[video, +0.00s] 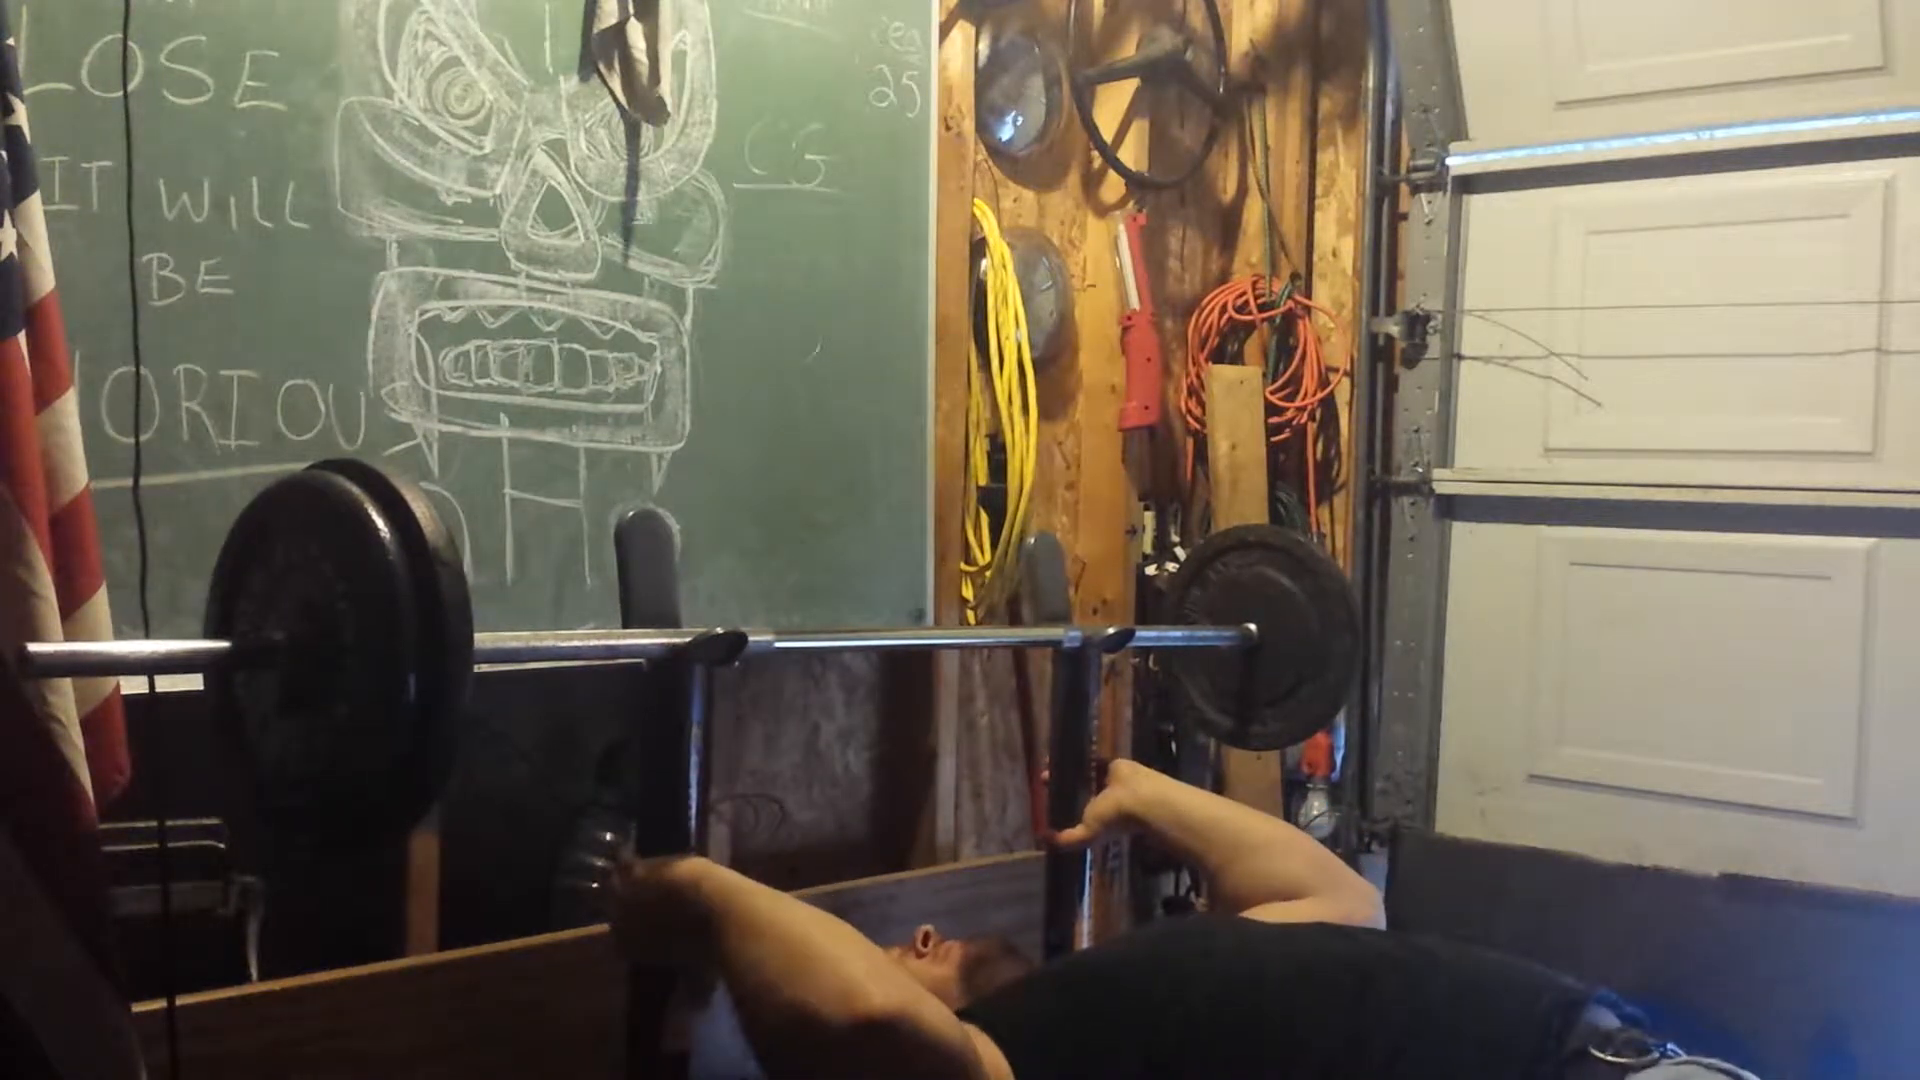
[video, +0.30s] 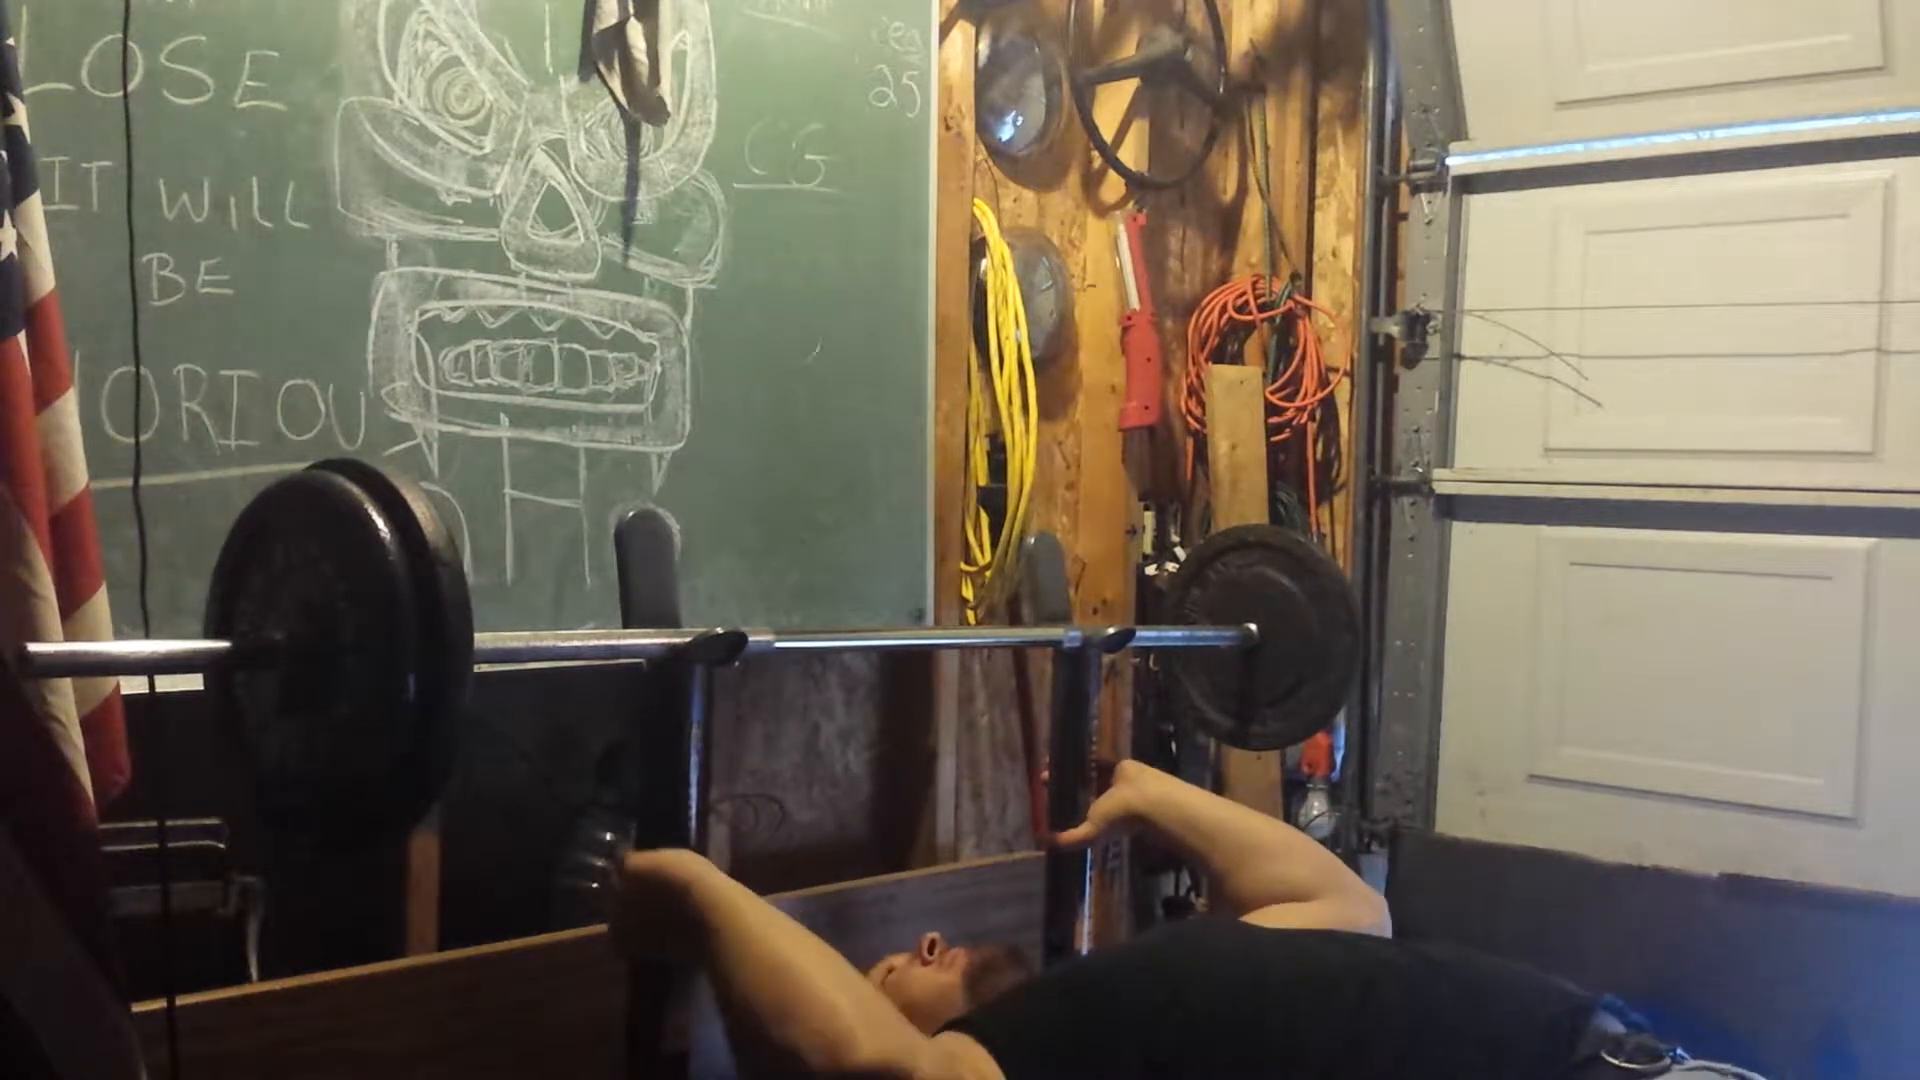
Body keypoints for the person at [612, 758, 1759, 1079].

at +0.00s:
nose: (923, 942)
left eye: (917, 932)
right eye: (893, 959)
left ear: (956, 940)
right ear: (887, 1016)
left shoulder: (1166, 967)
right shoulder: (991, 1060)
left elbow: (1337, 898)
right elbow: (871, 1016)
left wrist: (1154, 798)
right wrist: (707, 891)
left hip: (1658, 1045)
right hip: (1567, 1067)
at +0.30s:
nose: (919, 950)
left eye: (918, 944)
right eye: (892, 973)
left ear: (977, 949)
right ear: (894, 1032)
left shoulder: (1167, 968)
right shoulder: (973, 1064)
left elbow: (1345, 904)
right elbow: (851, 1046)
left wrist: (1160, 798)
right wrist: (693, 881)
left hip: (1643, 1042)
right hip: (1558, 1072)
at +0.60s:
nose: (913, 957)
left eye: (916, 950)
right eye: (887, 977)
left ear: (981, 953)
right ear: (885, 1033)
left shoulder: (1186, 970)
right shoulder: (945, 1071)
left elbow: (1329, 873)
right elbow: (793, 998)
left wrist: (1183, 712)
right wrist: (648, 771)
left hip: (1668, 1052)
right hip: (1570, 1070)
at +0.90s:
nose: (923, 946)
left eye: (912, 943)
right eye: (887, 973)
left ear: (967, 959)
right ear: (876, 1034)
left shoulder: (1167, 974)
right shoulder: (966, 1067)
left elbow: (1302, 854)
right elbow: (798, 997)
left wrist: (1208, 678)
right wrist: (641, 728)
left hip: (1651, 1048)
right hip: (1568, 1062)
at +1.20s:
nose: (907, 960)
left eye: (908, 958)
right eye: (880, 982)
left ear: (964, 971)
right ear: (879, 1038)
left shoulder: (1155, 983)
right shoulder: (949, 1074)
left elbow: (1284, 865)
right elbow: (779, 1002)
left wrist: (1236, 691)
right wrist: (560, 755)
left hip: (1668, 1049)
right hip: (1578, 1062)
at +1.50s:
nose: (918, 949)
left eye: (923, 949)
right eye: (893, 972)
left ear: (974, 963)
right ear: (895, 1035)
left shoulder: (1170, 979)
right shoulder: (947, 1067)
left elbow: (1270, 864)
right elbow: (780, 1008)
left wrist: (1220, 690)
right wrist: (562, 753)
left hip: (1658, 1043)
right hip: (1568, 1056)